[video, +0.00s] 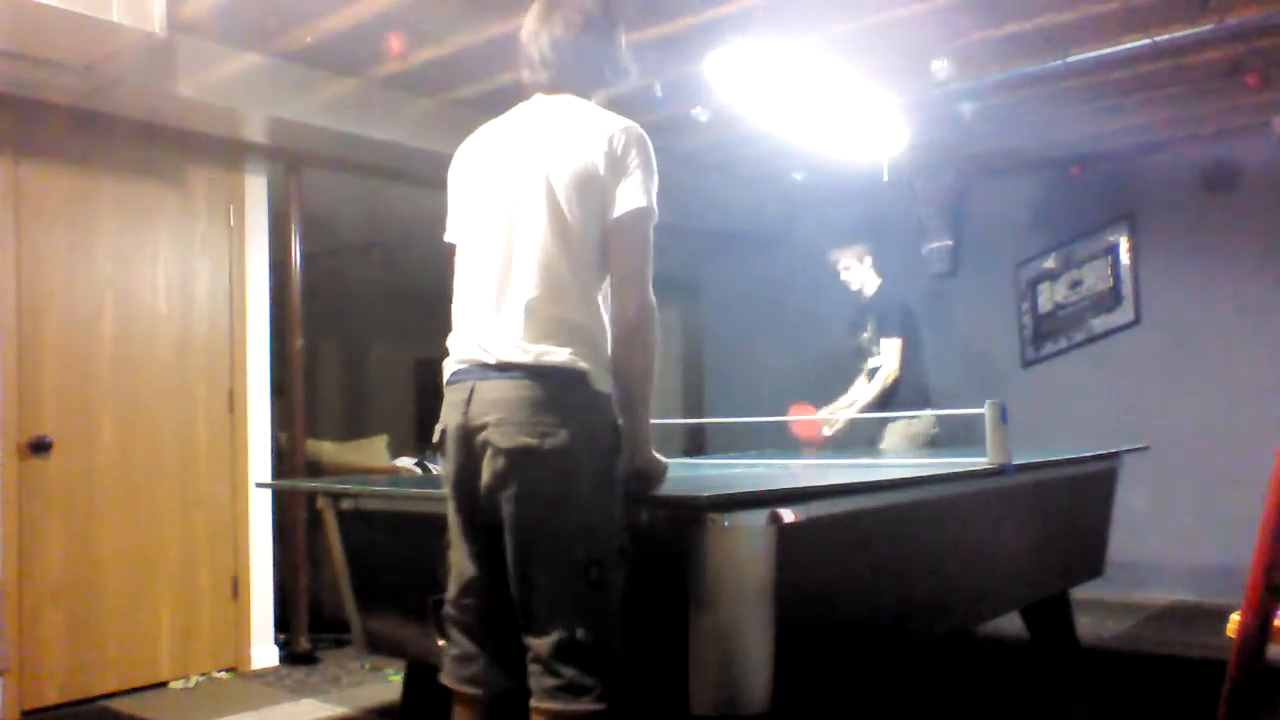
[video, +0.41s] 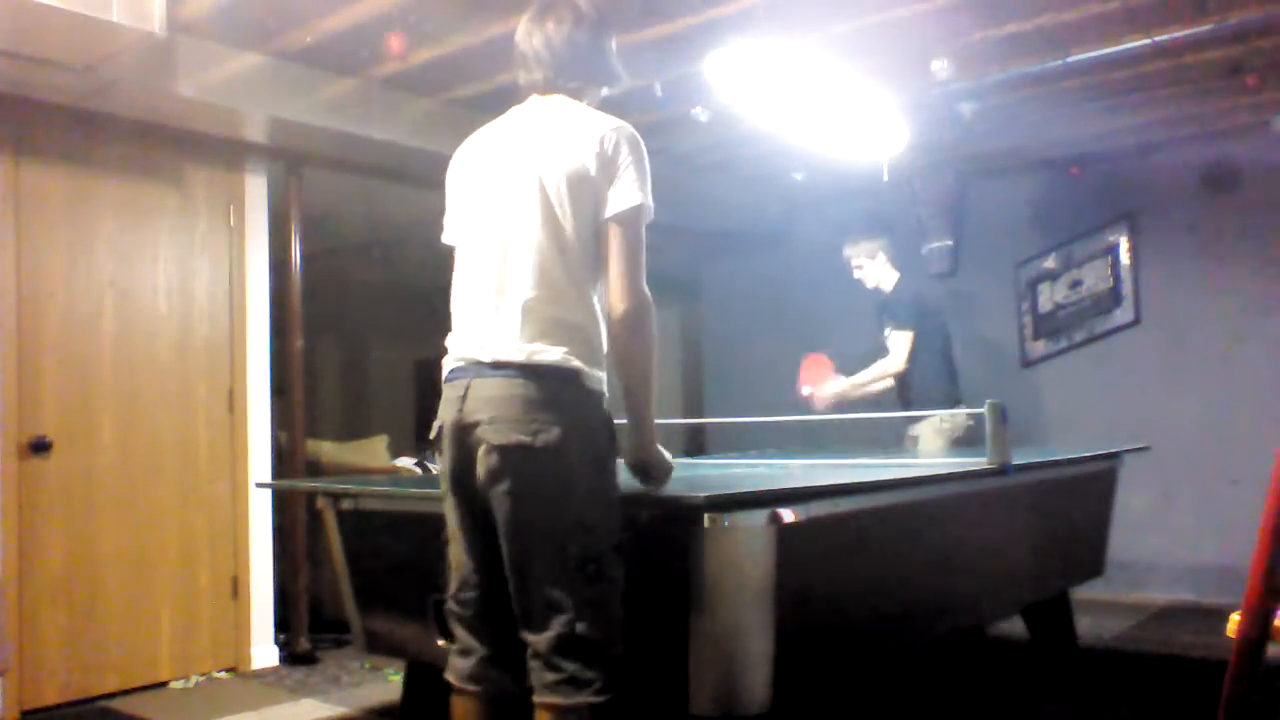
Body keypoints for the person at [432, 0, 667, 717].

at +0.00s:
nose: (624, 68)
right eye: (619, 51)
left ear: (529, 57)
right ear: (608, 55)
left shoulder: (473, 147)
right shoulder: (617, 137)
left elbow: (467, 291)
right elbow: (631, 307)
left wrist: (459, 418)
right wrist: (638, 439)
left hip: (462, 410)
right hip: (554, 413)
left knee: (471, 640)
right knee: (566, 651)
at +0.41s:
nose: (615, 75)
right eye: (609, 62)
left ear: (523, 64)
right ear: (599, 63)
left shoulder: (471, 149)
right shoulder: (609, 136)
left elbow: (466, 296)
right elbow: (625, 301)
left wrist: (453, 417)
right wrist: (642, 432)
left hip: (459, 408)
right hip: (546, 410)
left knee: (474, 638)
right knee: (568, 643)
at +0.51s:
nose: (610, 73)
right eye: (605, 58)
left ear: (520, 62)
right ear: (595, 60)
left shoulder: (467, 150)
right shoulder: (600, 133)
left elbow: (464, 293)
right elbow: (609, 297)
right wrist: (636, 427)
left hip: (451, 403)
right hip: (534, 408)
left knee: (471, 638)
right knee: (566, 645)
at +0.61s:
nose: (601, 79)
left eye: (600, 64)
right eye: (597, 63)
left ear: (513, 65)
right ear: (583, 63)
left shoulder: (462, 151)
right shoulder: (579, 132)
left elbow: (458, 297)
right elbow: (571, 291)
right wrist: (630, 413)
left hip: (442, 408)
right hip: (515, 413)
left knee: (469, 645)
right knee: (557, 650)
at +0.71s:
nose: (588, 84)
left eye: (588, 70)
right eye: (584, 67)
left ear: (502, 68)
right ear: (570, 68)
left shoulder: (459, 149)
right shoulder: (546, 132)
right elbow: (514, 290)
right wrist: (607, 401)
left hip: (428, 414)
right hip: (494, 416)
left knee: (455, 637)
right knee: (548, 649)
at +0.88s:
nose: (537, 129)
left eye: (541, 115)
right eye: (541, 112)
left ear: (462, 90)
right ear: (529, 102)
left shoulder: (415, 162)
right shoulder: (476, 154)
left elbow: (401, 316)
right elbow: (410, 298)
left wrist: (510, 423)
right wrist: (524, 412)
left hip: (377, 429)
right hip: (434, 432)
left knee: (399, 641)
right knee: (511, 642)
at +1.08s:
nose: (463, 142)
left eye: (466, 126)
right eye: (459, 122)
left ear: (386, 116)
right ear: (425, 113)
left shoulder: (326, 198)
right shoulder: (400, 180)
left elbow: (318, 351)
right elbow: (408, 330)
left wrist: (403, 418)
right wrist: (546, 390)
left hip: (292, 439)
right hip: (345, 437)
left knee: (350, 651)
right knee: (440, 651)